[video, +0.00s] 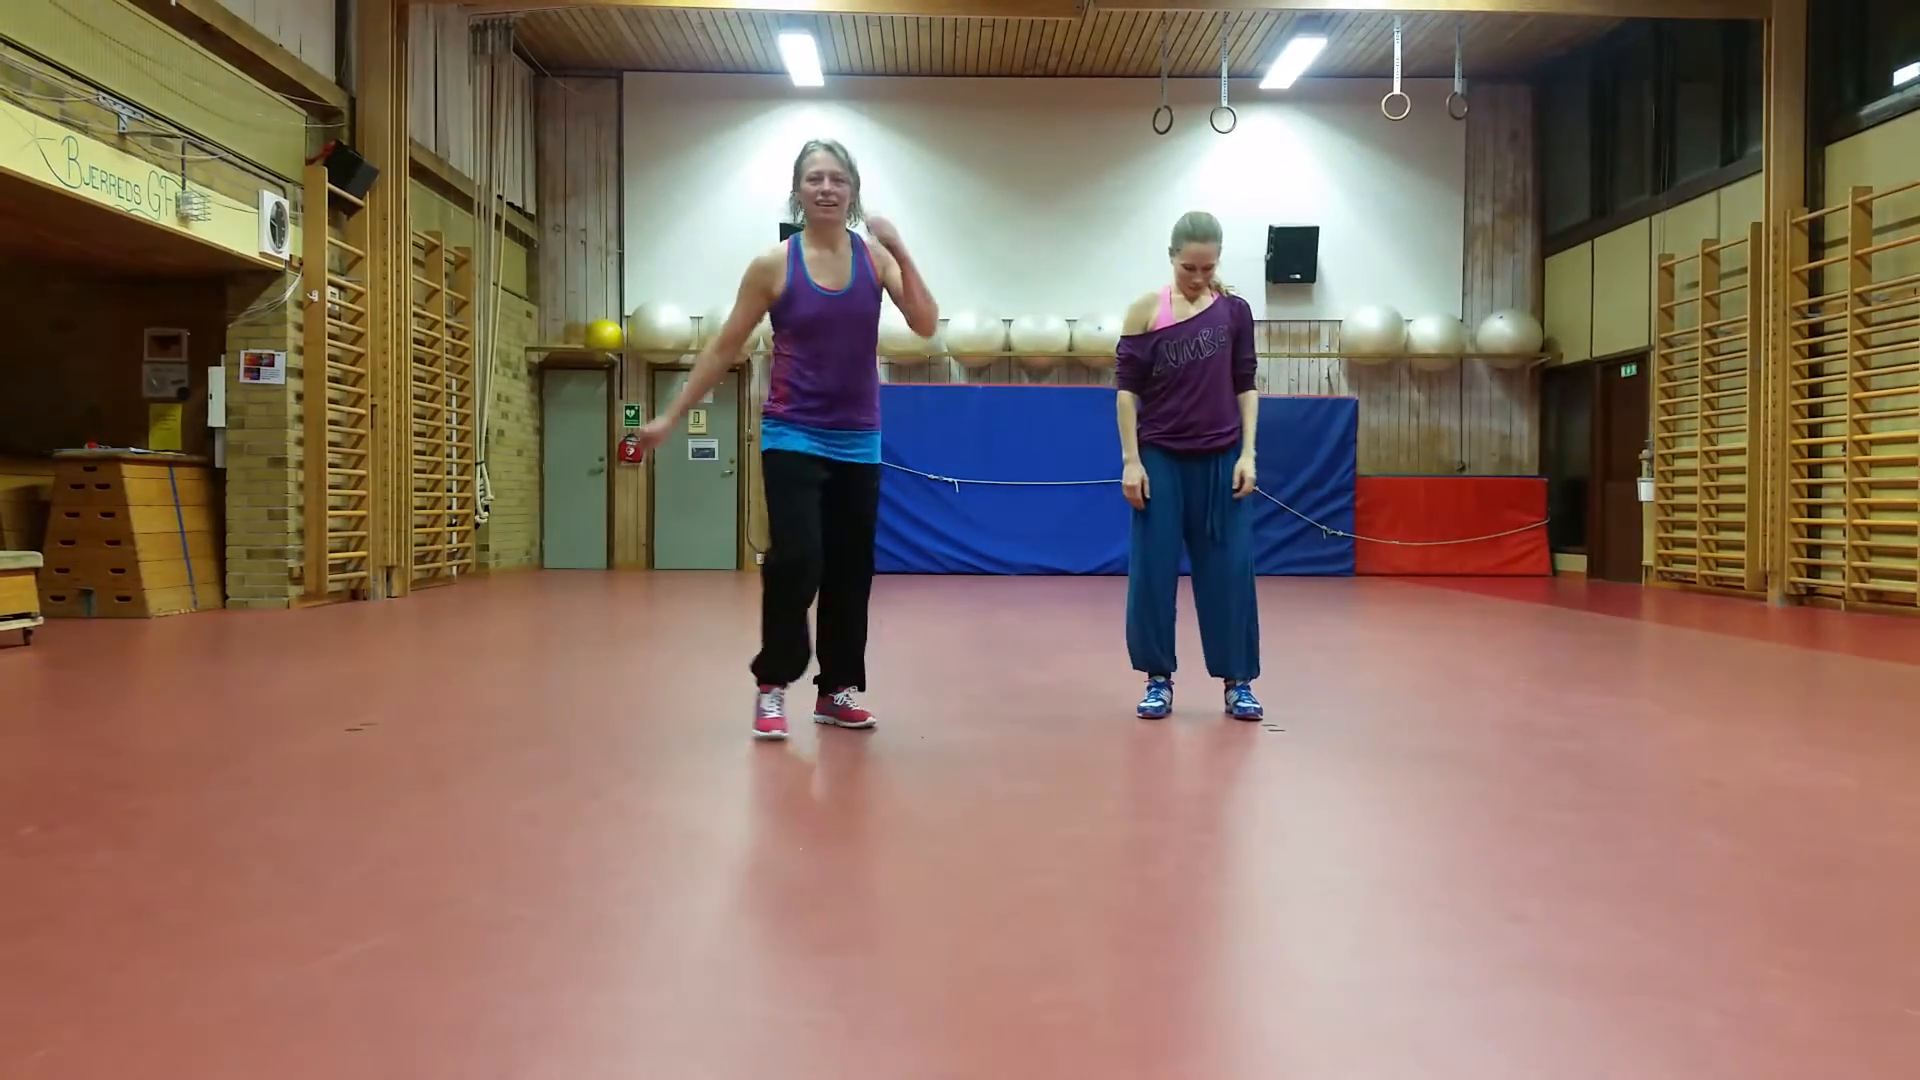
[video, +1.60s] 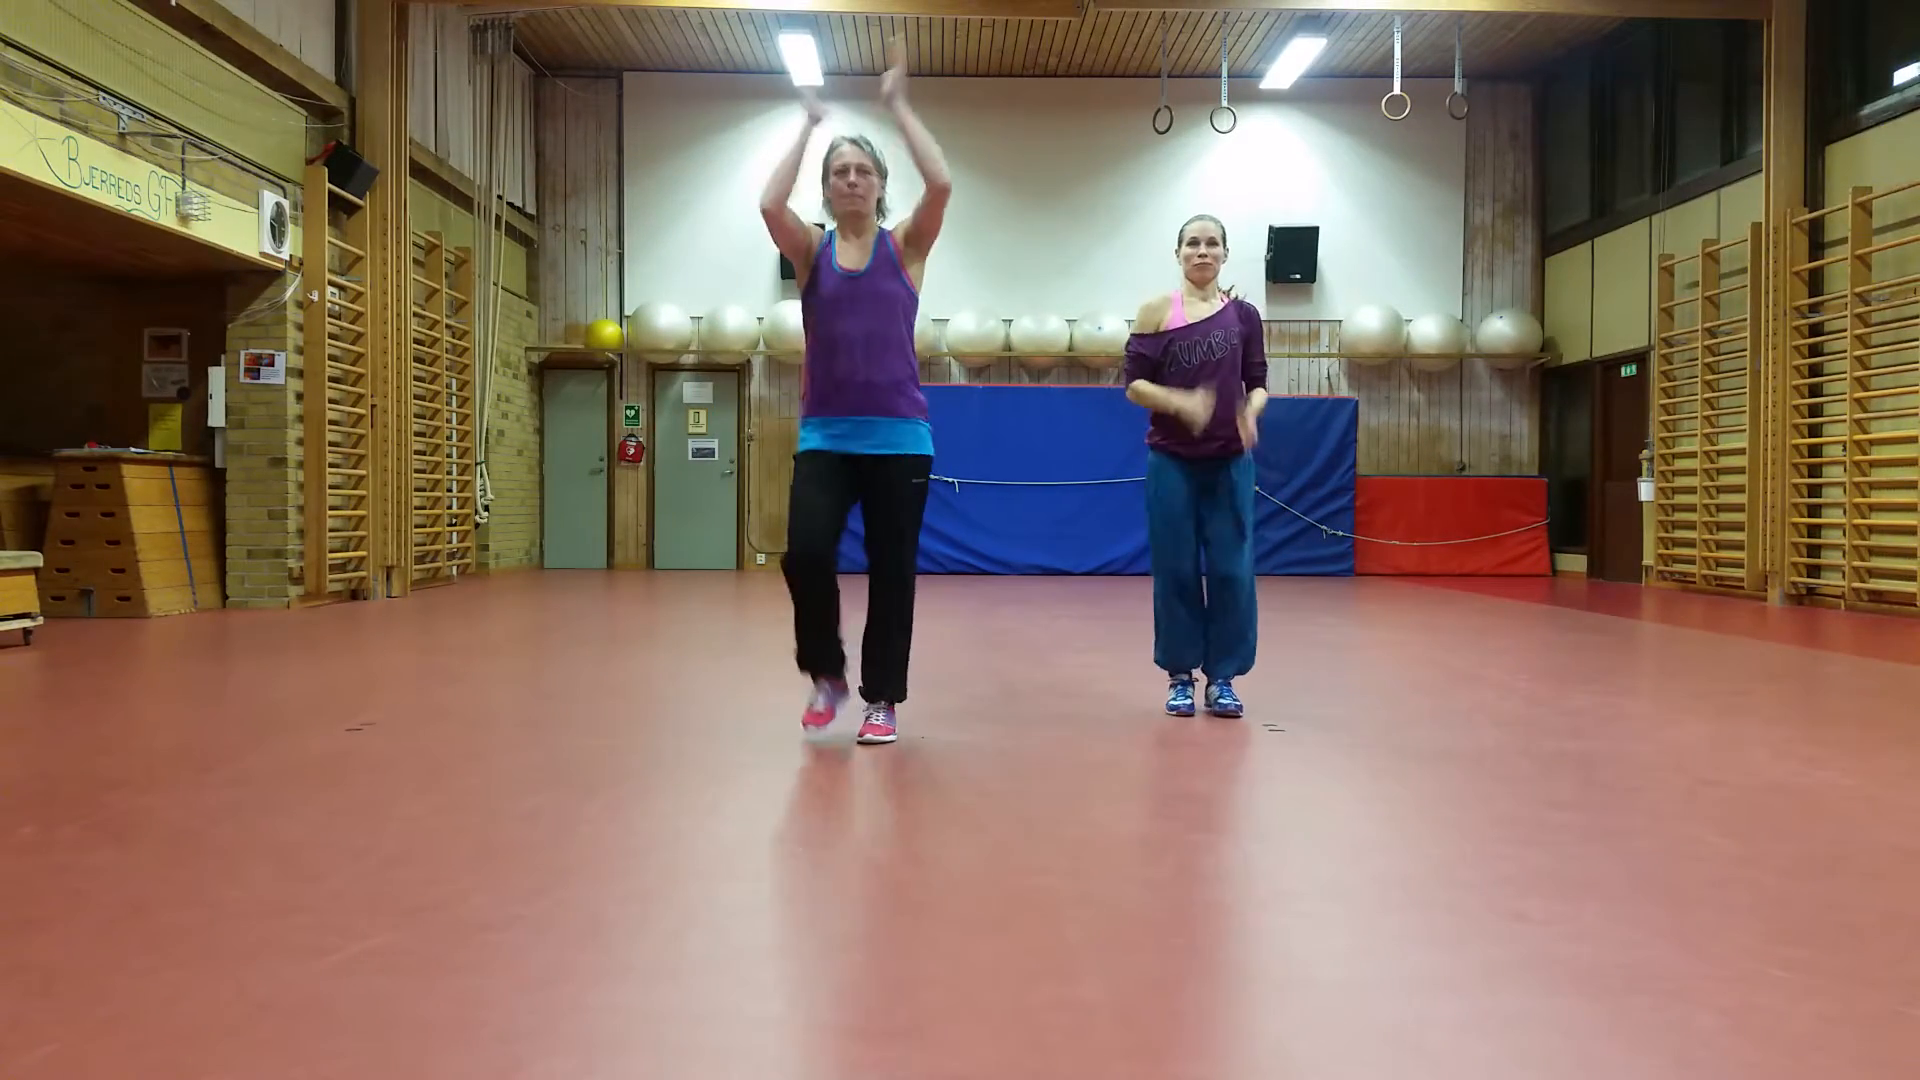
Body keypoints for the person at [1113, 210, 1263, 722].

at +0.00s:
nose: (1199, 277)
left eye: (1208, 267)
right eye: (1191, 267)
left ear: (1219, 259)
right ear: (1172, 256)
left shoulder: (1234, 309)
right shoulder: (1145, 310)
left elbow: (1246, 384)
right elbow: (1127, 389)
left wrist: (1248, 451)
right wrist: (1131, 461)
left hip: (1222, 457)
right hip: (1159, 457)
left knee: (1231, 566)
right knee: (1154, 567)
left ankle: (1238, 682)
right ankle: (1157, 679)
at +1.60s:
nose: (1203, 252)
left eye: (1212, 244)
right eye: (1194, 243)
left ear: (1225, 254)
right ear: (1178, 252)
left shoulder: (1244, 314)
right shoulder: (1156, 312)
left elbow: (1258, 383)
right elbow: (1133, 385)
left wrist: (1249, 411)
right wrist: (1180, 400)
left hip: (1231, 460)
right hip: (1172, 460)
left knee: (1232, 568)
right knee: (1176, 567)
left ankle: (1222, 678)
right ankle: (1181, 677)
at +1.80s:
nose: (1206, 251)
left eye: (1215, 244)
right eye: (1197, 243)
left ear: (1226, 252)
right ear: (1181, 250)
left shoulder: (1242, 307)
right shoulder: (1160, 306)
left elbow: (1257, 371)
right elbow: (1157, 368)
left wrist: (1237, 322)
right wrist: (1202, 324)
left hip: (1232, 453)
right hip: (1174, 453)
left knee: (1232, 566)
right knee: (1173, 565)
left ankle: (1223, 676)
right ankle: (1180, 677)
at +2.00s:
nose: (1215, 256)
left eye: (1223, 249)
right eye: (1206, 248)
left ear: (1230, 257)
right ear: (1187, 255)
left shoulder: (1245, 304)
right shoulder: (1170, 309)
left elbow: (1289, 306)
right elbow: (1148, 319)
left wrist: (1254, 250)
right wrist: (1185, 274)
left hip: (1237, 453)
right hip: (1179, 452)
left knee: (1237, 565)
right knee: (1186, 561)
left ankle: (1226, 677)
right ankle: (1183, 669)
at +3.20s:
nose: (1208, 246)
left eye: (1216, 239)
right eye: (1199, 238)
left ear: (1226, 249)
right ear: (1181, 247)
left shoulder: (1238, 303)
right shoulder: (1166, 308)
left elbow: (1281, 241)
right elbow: (1154, 268)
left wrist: (1236, 180)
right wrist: (1184, 203)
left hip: (1237, 460)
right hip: (1180, 459)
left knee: (1256, 560)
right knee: (1172, 569)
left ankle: (1223, 665)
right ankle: (1170, 674)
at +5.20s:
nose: (1233, 234)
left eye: (1240, 229)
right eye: (1222, 229)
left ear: (1252, 243)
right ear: (1206, 242)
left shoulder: (1265, 295)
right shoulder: (1192, 300)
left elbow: (1307, 224)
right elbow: (1161, 249)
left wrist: (1266, 165)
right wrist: (1199, 184)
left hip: (1260, 449)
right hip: (1201, 448)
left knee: (1268, 560)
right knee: (1192, 552)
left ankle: (1264, 669)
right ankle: (1196, 658)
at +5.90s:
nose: (1227, 246)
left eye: (1236, 239)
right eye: (1217, 239)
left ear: (1248, 252)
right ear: (1203, 253)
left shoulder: (1264, 302)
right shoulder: (1187, 307)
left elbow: (1326, 277)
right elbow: (1156, 306)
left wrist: (1275, 236)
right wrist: (1193, 247)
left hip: (1263, 455)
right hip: (1203, 457)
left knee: (1272, 565)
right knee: (1204, 558)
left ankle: (1264, 674)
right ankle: (1214, 660)